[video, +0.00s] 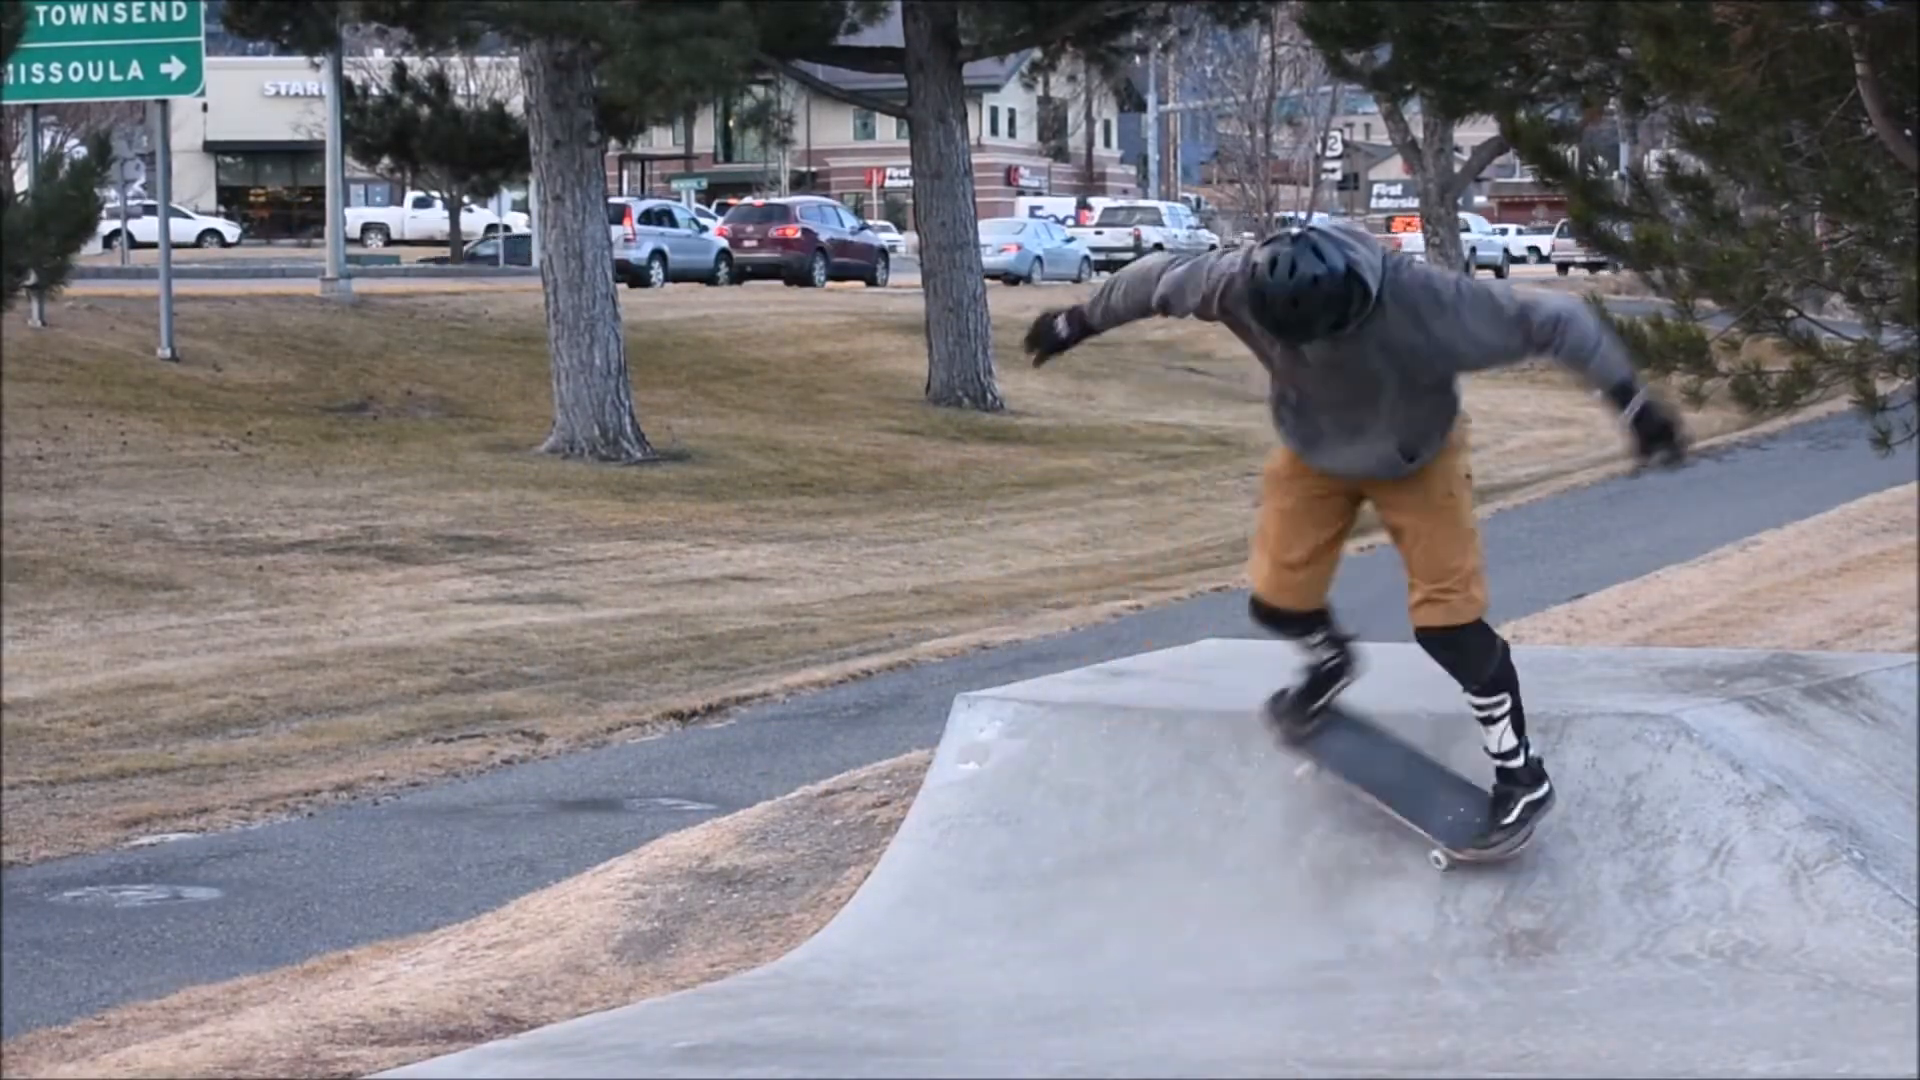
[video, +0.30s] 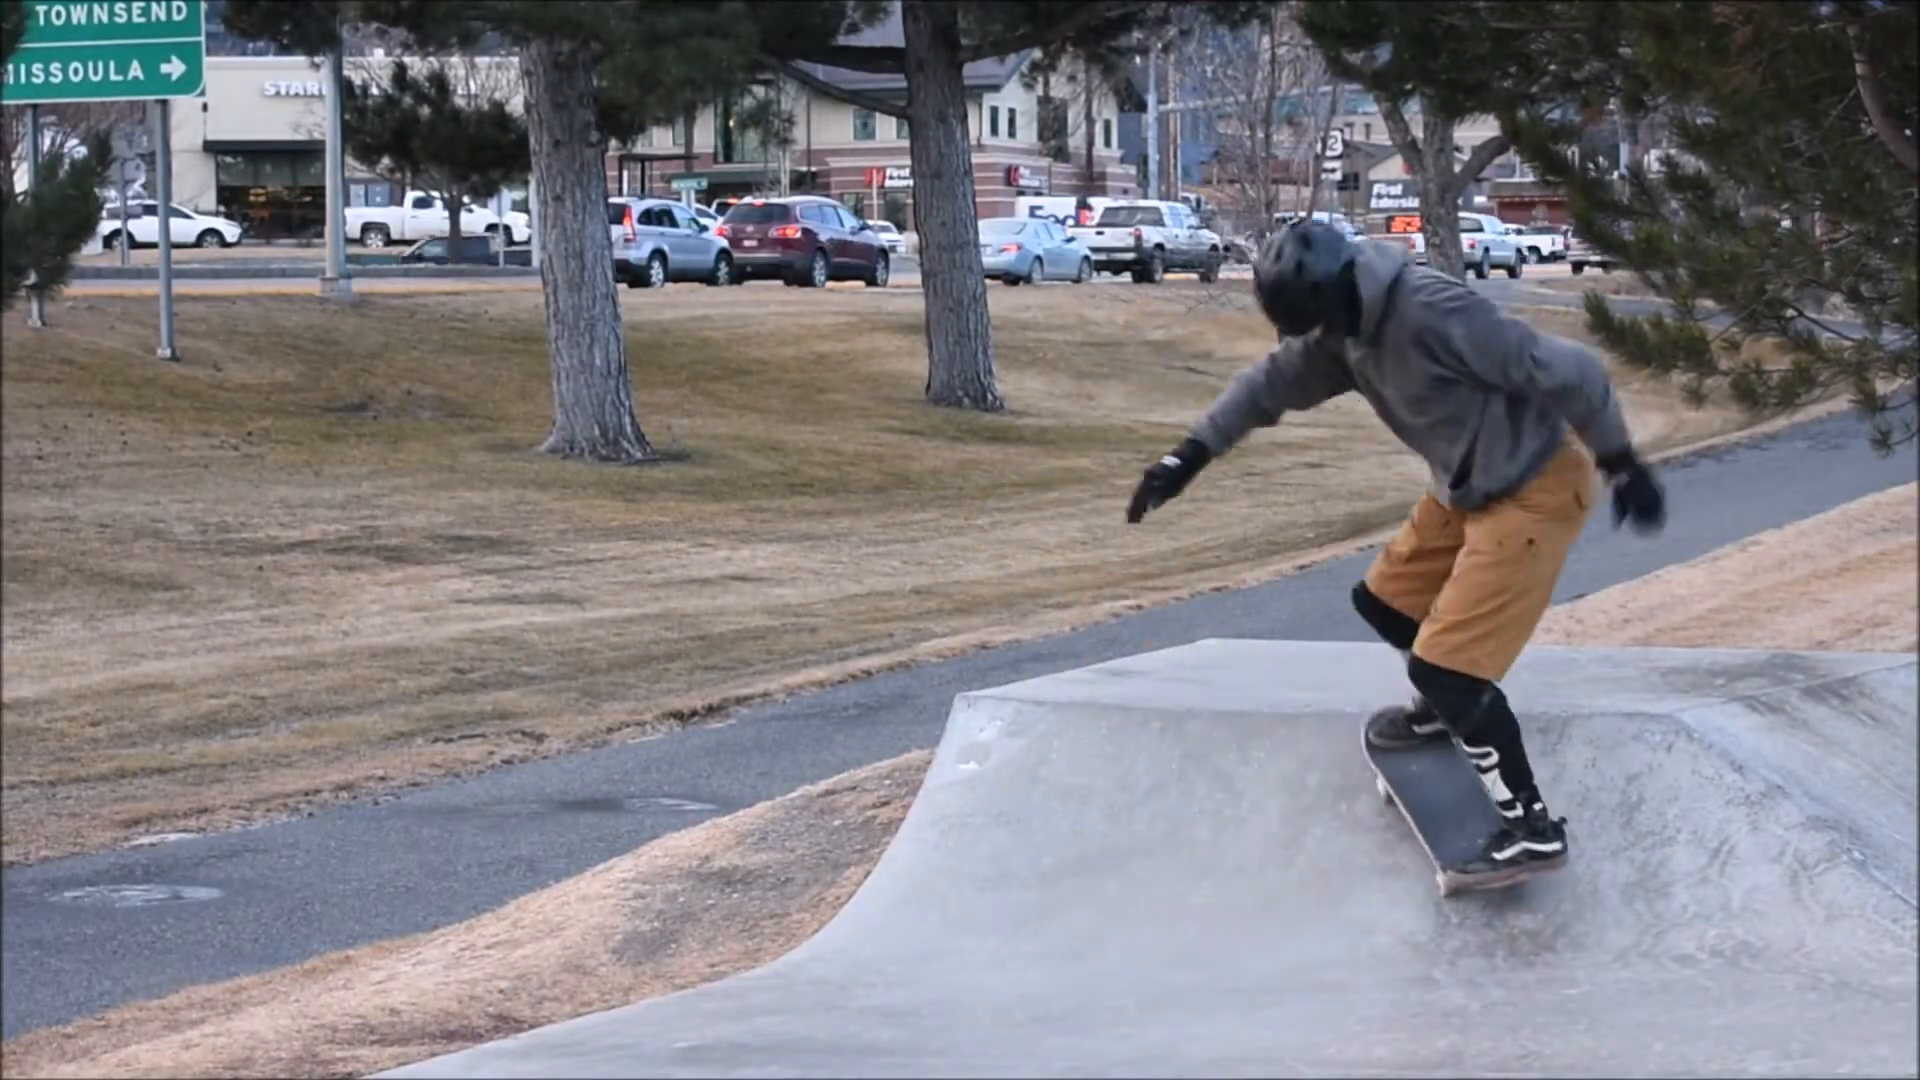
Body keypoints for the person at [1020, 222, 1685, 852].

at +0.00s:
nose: (1305, 344)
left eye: (1317, 332)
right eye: (1290, 334)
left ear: (1352, 298)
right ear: (1266, 299)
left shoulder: (1422, 298)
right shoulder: (1243, 287)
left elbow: (1555, 321)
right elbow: (1158, 281)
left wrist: (1634, 400)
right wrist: (1077, 318)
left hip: (1418, 454)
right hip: (1310, 450)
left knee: (1449, 624)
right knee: (1276, 599)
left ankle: (1518, 769)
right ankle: (1331, 663)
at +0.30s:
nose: (1316, 335)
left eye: (1318, 323)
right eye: (1307, 327)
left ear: (1341, 291)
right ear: (1307, 306)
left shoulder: (1433, 308)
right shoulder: (1346, 332)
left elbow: (1573, 371)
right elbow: (1271, 384)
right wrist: (1187, 456)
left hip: (1538, 483)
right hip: (1468, 482)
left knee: (1446, 668)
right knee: (1385, 601)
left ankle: (1531, 824)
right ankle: (1456, 711)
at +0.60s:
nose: (1414, 336)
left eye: (1419, 320)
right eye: (1401, 328)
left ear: (1447, 282)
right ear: (1389, 314)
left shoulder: (1517, 278)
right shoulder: (1414, 355)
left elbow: (1590, 272)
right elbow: (1403, 415)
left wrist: (1609, 287)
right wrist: (1387, 468)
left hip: (1625, 497)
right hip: (1516, 518)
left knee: (1686, 697)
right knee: (1501, 695)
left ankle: (1723, 866)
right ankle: (1453, 867)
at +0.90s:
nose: (1523, 376)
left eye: (1528, 358)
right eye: (1505, 372)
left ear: (1540, 306)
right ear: (1477, 359)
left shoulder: (1598, 292)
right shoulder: (1491, 409)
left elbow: (1642, 226)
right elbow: (1472, 519)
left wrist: (1525, 205)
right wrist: (1470, 600)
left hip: (1696, 503)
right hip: (1595, 554)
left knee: (1805, 692)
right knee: (1618, 724)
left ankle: (1853, 862)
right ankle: (1581, 891)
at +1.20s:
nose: (1604, 390)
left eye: (1612, 372)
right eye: (1587, 384)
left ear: (1632, 329)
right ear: (1553, 364)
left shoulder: (1682, 320)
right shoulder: (1547, 405)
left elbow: (1719, 449)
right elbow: (1512, 513)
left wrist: (1638, 471)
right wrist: (1499, 617)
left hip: (1737, 493)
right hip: (1631, 523)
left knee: (1822, 689)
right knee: (1657, 698)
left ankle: (1832, 863)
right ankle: (1606, 891)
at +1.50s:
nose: (1695, 341)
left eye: (1710, 328)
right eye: (1679, 329)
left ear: (1739, 292)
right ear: (1651, 301)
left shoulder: (1787, 305)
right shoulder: (1619, 338)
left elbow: (1864, 377)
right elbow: (1556, 436)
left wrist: (1906, 467)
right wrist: (1538, 531)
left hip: (1759, 507)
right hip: (1649, 516)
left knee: (1815, 693)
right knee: (1654, 693)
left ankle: (1805, 870)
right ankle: (1591, 880)